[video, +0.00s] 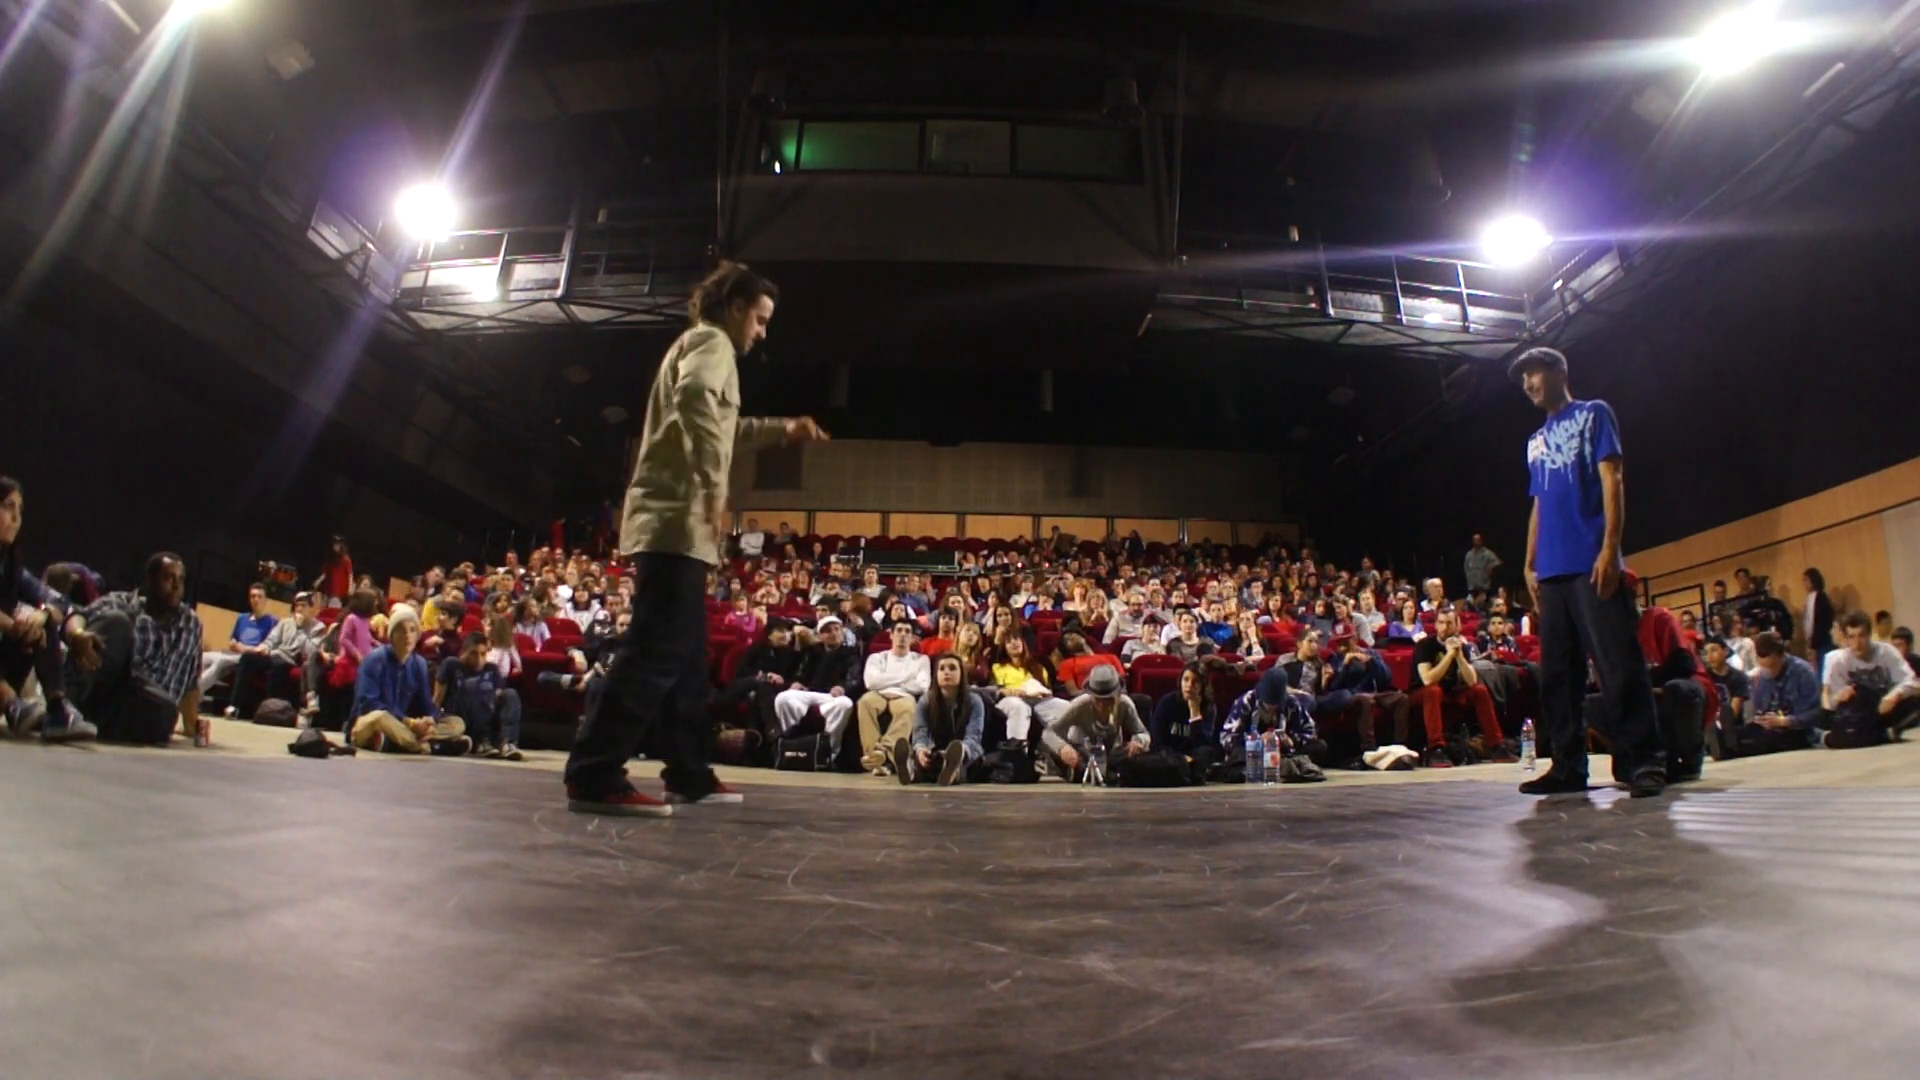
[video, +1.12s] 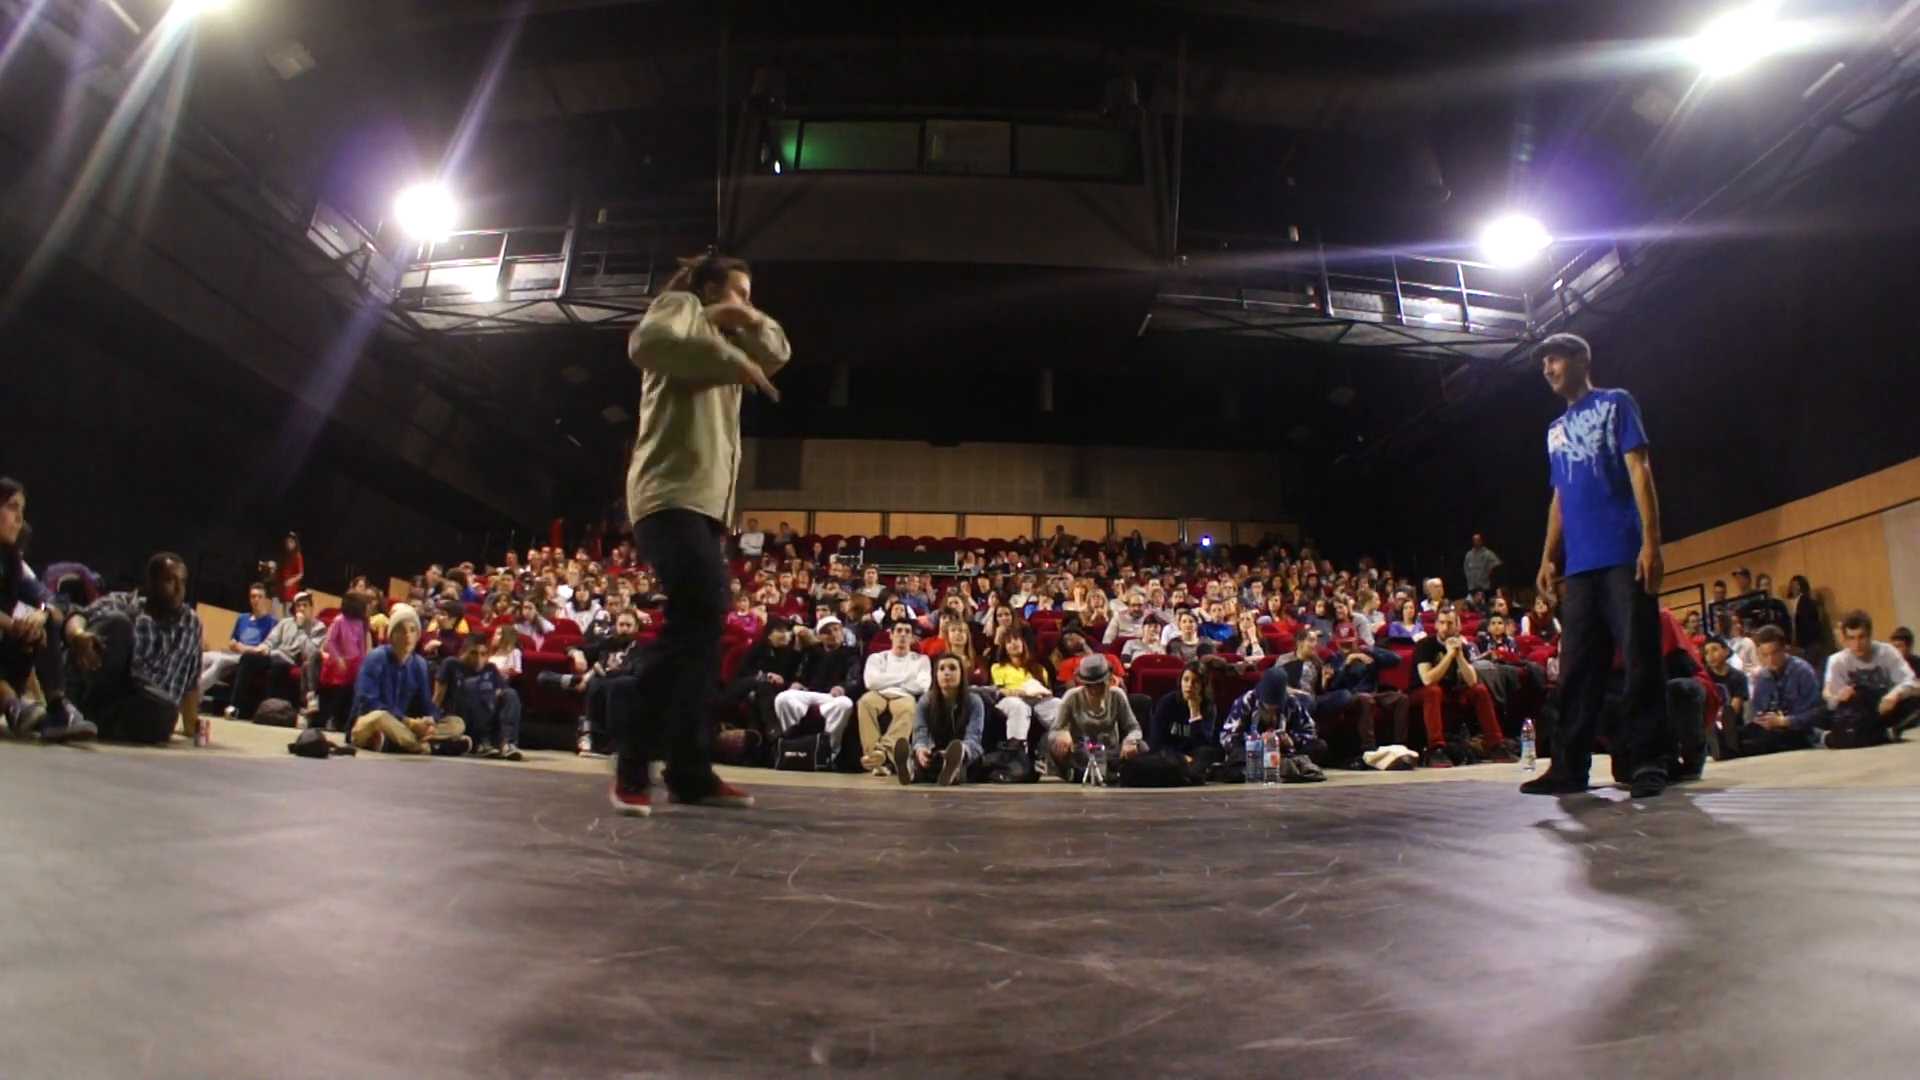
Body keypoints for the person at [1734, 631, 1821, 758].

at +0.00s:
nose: (1767, 671)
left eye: (1770, 666)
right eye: (1763, 667)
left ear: (1779, 656)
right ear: (1759, 662)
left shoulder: (1803, 672)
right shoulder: (1762, 677)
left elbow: (1814, 714)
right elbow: (1757, 711)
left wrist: (1783, 721)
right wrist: (1762, 720)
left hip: (1798, 732)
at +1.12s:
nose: (1771, 660)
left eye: (1775, 653)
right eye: (1765, 655)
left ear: (1784, 650)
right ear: (1759, 656)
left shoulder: (1803, 671)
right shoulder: (1761, 676)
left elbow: (1817, 711)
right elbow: (1757, 709)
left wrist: (1783, 721)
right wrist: (1763, 720)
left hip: (1799, 731)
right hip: (1769, 731)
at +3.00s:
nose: (1769, 662)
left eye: (1773, 656)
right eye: (1764, 658)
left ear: (1784, 651)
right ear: (1760, 657)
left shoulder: (1801, 671)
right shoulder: (1762, 676)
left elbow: (1812, 713)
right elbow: (1756, 711)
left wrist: (1784, 721)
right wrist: (1759, 719)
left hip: (1798, 732)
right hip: (1767, 731)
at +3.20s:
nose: (1767, 666)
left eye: (1771, 660)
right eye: (1763, 661)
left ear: (1782, 653)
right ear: (1759, 659)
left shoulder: (1801, 672)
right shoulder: (1762, 676)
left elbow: (1812, 712)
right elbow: (1758, 711)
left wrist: (1784, 721)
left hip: (1798, 731)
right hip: (1769, 729)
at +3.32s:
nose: (1767, 666)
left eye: (1771, 661)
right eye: (1763, 662)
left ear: (1782, 653)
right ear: (1758, 658)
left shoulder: (1801, 672)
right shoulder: (1762, 676)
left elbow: (1812, 713)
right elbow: (1758, 711)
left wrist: (1784, 721)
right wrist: (1761, 720)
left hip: (1798, 731)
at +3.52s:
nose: (1767, 667)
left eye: (1771, 661)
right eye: (1763, 662)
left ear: (1783, 653)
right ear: (1758, 658)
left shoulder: (1801, 672)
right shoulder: (1763, 676)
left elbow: (1813, 713)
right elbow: (1758, 711)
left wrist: (1784, 721)